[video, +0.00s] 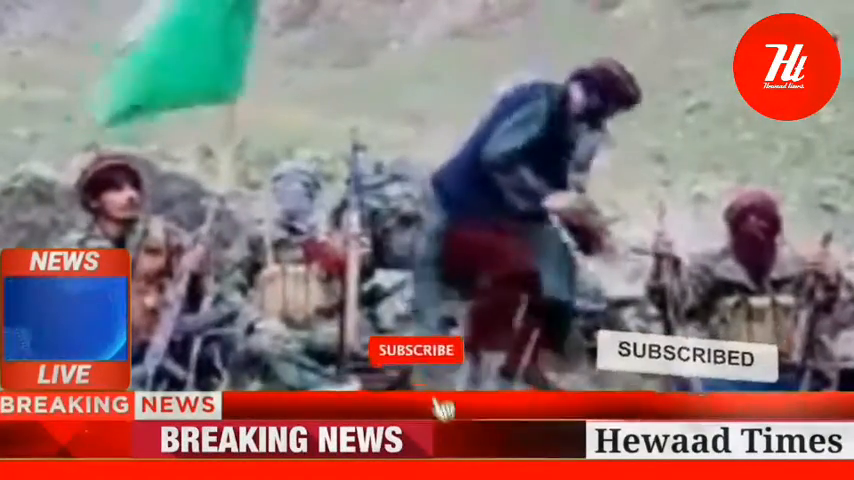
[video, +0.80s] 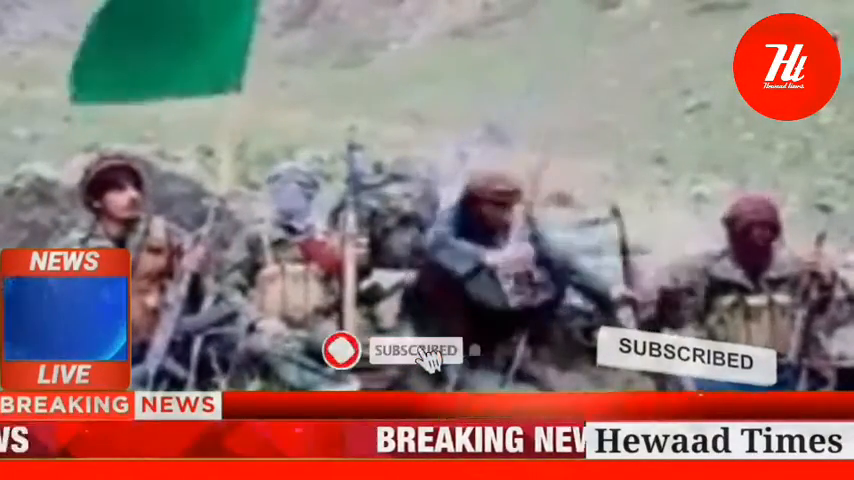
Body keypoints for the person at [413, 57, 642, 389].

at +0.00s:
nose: (604, 118)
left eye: (610, 112)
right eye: (606, 108)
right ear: (589, 92)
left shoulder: (569, 130)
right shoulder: (542, 103)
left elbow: (551, 186)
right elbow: (496, 156)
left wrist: (579, 223)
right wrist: (547, 199)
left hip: (507, 224)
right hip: (467, 220)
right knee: (513, 271)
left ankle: (521, 366)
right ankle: (474, 358)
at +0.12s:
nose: (595, 126)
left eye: (598, 118)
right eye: (593, 115)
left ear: (570, 105)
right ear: (572, 105)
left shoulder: (557, 140)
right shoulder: (516, 120)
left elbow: (553, 198)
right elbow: (482, 179)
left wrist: (590, 237)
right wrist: (534, 213)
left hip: (495, 232)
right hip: (457, 228)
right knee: (491, 277)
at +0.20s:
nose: (589, 141)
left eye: (591, 132)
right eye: (588, 130)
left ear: (568, 123)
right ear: (567, 120)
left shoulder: (555, 162)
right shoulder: (504, 136)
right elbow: (475, 196)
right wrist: (532, 227)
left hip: (504, 237)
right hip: (459, 231)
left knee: (561, 274)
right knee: (480, 264)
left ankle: (519, 366)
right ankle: (468, 364)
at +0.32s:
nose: (578, 169)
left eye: (581, 162)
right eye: (576, 159)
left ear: (556, 155)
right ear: (555, 152)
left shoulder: (559, 191)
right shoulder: (494, 168)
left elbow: (586, 245)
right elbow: (463, 224)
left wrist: (626, 287)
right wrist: (523, 253)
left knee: (564, 270)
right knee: (464, 260)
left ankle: (520, 366)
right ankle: (472, 364)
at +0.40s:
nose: (562, 199)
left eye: (564, 192)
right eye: (557, 190)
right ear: (536, 184)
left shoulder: (552, 213)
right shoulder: (486, 194)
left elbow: (585, 256)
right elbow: (454, 249)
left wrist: (629, 297)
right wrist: (510, 278)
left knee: (559, 271)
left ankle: (536, 358)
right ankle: (463, 364)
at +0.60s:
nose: (537, 222)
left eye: (541, 214)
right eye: (530, 214)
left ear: (543, 211)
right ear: (509, 208)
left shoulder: (540, 228)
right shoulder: (476, 218)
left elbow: (581, 261)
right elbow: (444, 263)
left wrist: (631, 297)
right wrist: (502, 297)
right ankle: (456, 367)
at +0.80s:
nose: (505, 215)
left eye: (510, 206)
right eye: (497, 206)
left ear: (516, 204)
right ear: (475, 203)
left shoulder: (523, 229)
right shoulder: (457, 219)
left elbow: (558, 264)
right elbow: (437, 243)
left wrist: (609, 295)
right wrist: (484, 259)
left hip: (512, 301)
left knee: (551, 288)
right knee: (434, 280)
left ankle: (526, 358)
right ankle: (454, 366)